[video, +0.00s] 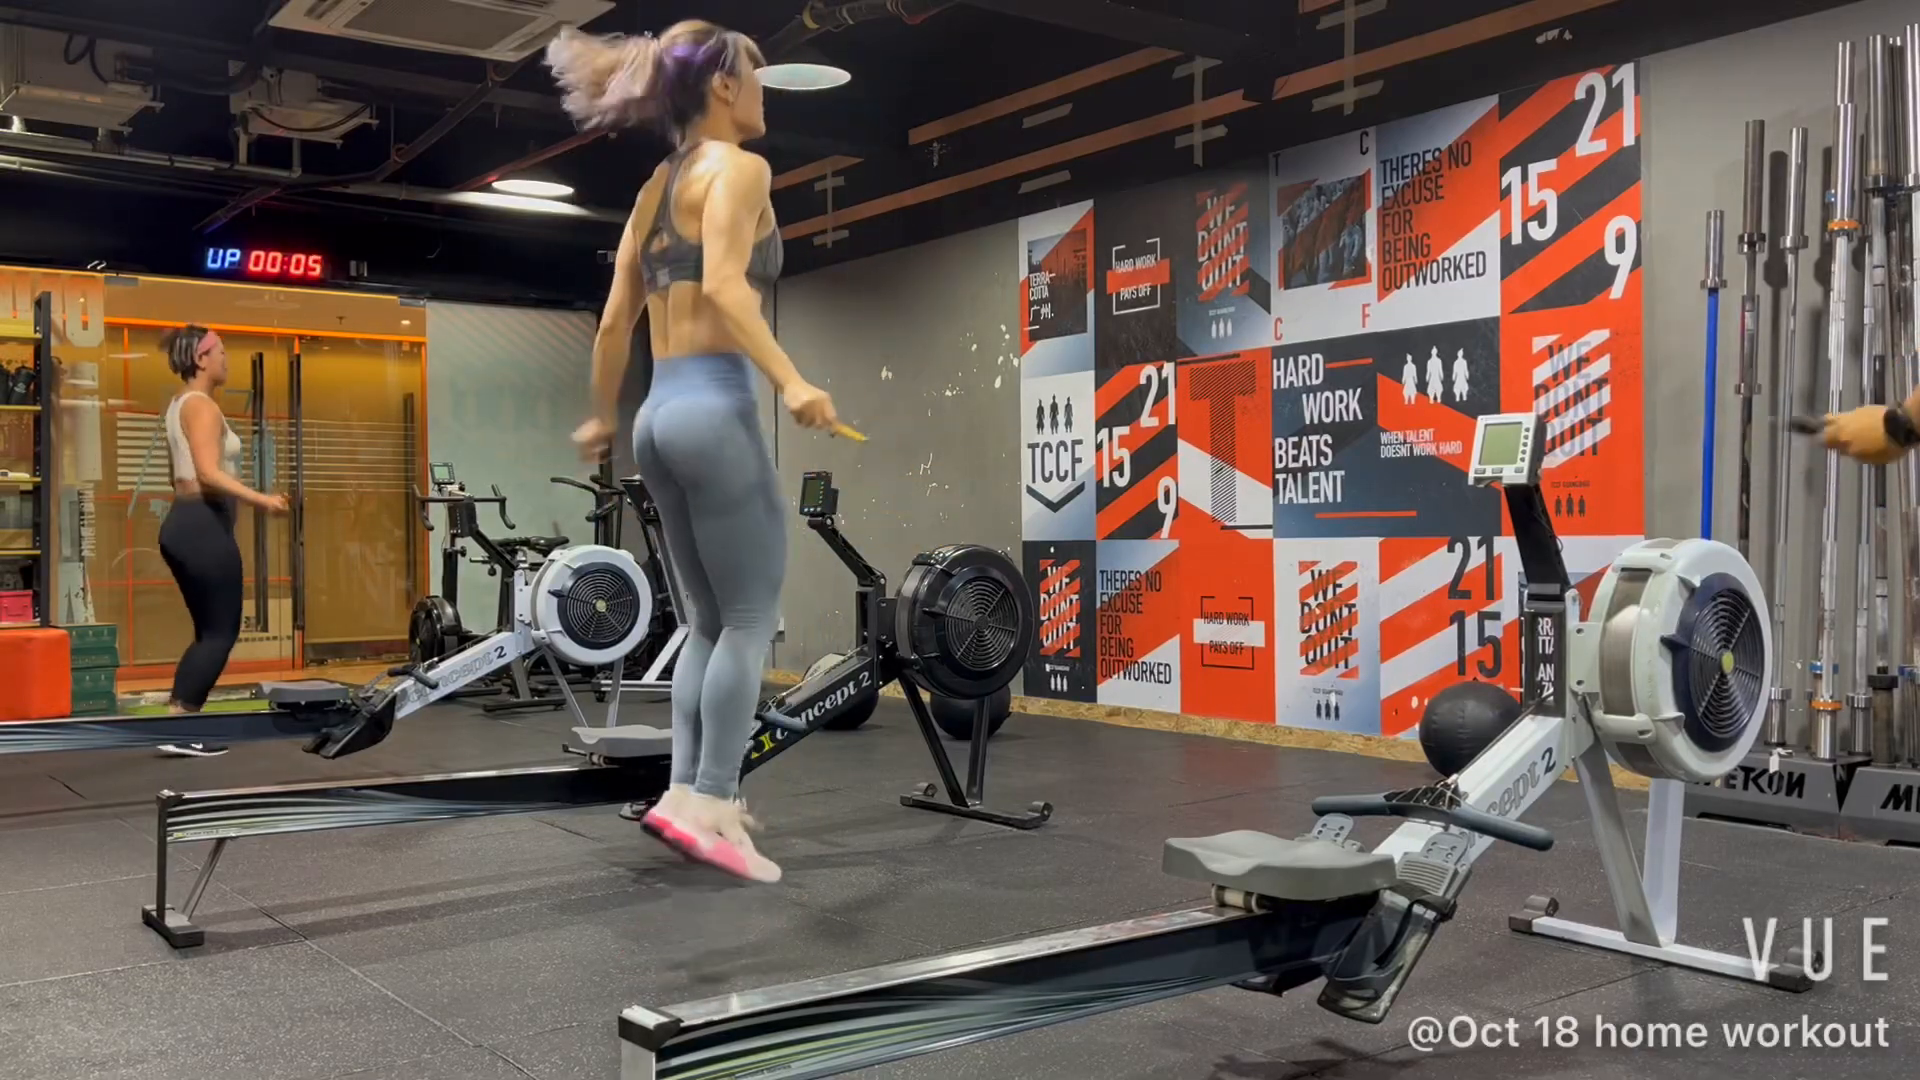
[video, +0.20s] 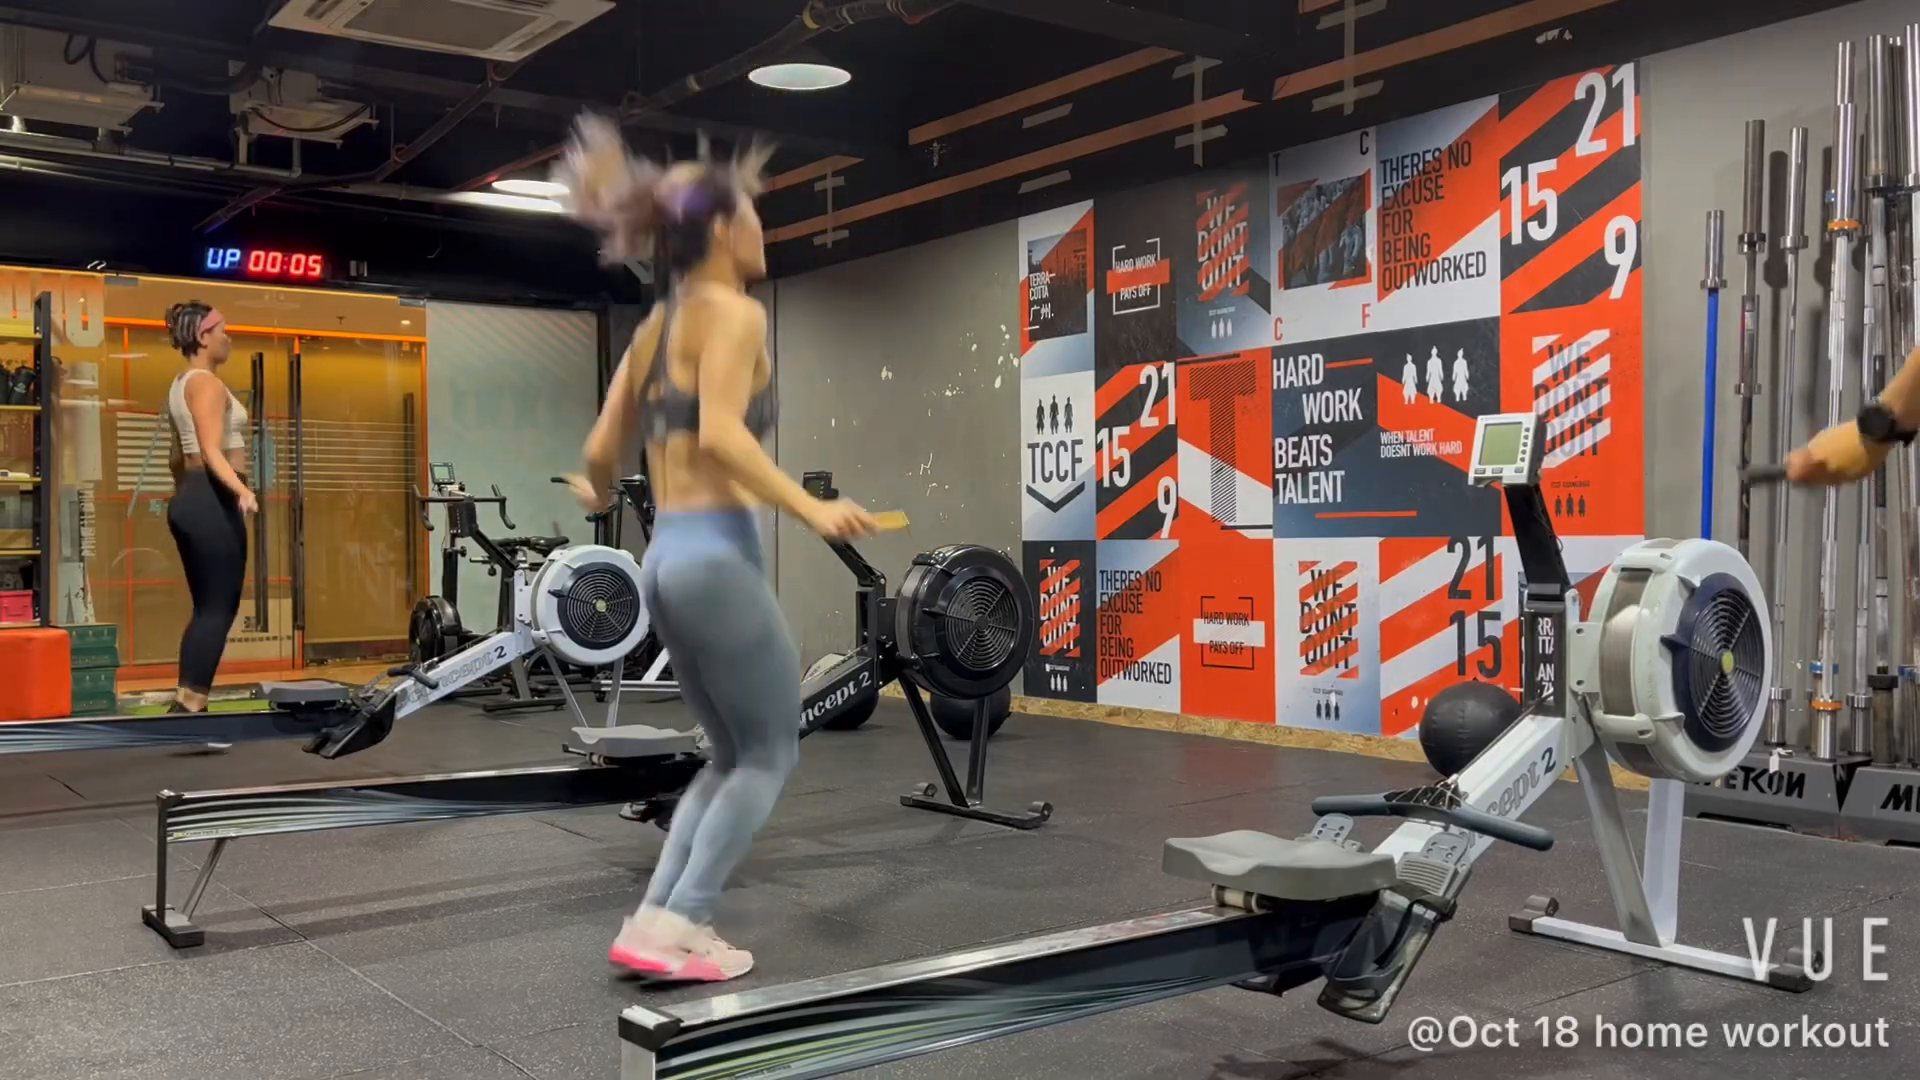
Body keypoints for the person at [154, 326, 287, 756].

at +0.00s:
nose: (226, 360)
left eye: (223, 352)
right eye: (221, 352)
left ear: (196, 359)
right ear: (204, 357)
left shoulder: (181, 406)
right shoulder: (201, 406)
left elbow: (195, 476)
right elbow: (210, 474)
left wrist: (244, 497)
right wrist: (262, 498)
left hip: (185, 523)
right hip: (202, 524)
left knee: (210, 631)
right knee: (221, 632)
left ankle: (178, 717)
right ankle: (181, 719)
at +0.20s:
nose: (228, 336)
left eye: (225, 329)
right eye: (222, 331)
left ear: (196, 339)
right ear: (203, 337)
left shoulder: (182, 384)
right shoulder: (206, 382)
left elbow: (177, 459)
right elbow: (209, 449)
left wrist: (191, 497)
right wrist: (241, 489)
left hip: (191, 494)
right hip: (210, 494)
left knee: (207, 606)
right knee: (221, 605)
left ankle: (187, 701)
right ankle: (192, 704)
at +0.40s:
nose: (237, 361)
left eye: (234, 353)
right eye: (232, 355)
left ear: (206, 362)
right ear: (214, 361)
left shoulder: (192, 407)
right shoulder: (214, 409)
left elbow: (208, 479)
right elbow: (220, 480)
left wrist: (251, 498)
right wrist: (273, 503)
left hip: (192, 526)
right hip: (212, 529)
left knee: (216, 632)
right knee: (235, 632)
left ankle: (187, 716)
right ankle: (193, 719)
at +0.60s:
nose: (234, 333)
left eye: (230, 327)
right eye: (227, 328)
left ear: (203, 338)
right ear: (209, 337)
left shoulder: (187, 386)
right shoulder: (213, 384)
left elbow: (186, 460)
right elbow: (215, 451)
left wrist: (209, 496)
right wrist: (250, 483)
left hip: (197, 496)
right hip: (216, 495)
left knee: (220, 605)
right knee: (232, 602)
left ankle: (202, 695)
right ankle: (204, 696)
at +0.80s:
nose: (237, 364)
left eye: (235, 356)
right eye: (231, 358)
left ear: (205, 365)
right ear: (214, 364)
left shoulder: (191, 411)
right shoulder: (214, 412)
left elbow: (205, 483)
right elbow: (225, 482)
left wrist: (252, 503)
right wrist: (276, 503)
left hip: (199, 526)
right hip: (219, 527)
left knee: (229, 629)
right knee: (246, 627)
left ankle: (203, 713)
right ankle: (206, 715)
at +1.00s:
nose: (232, 337)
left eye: (228, 330)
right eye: (225, 331)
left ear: (200, 340)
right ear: (208, 339)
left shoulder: (186, 387)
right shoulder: (210, 385)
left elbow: (181, 461)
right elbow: (212, 454)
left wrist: (199, 495)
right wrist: (247, 483)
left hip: (194, 496)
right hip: (212, 495)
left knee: (218, 606)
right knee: (230, 604)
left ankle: (191, 697)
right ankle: (193, 699)